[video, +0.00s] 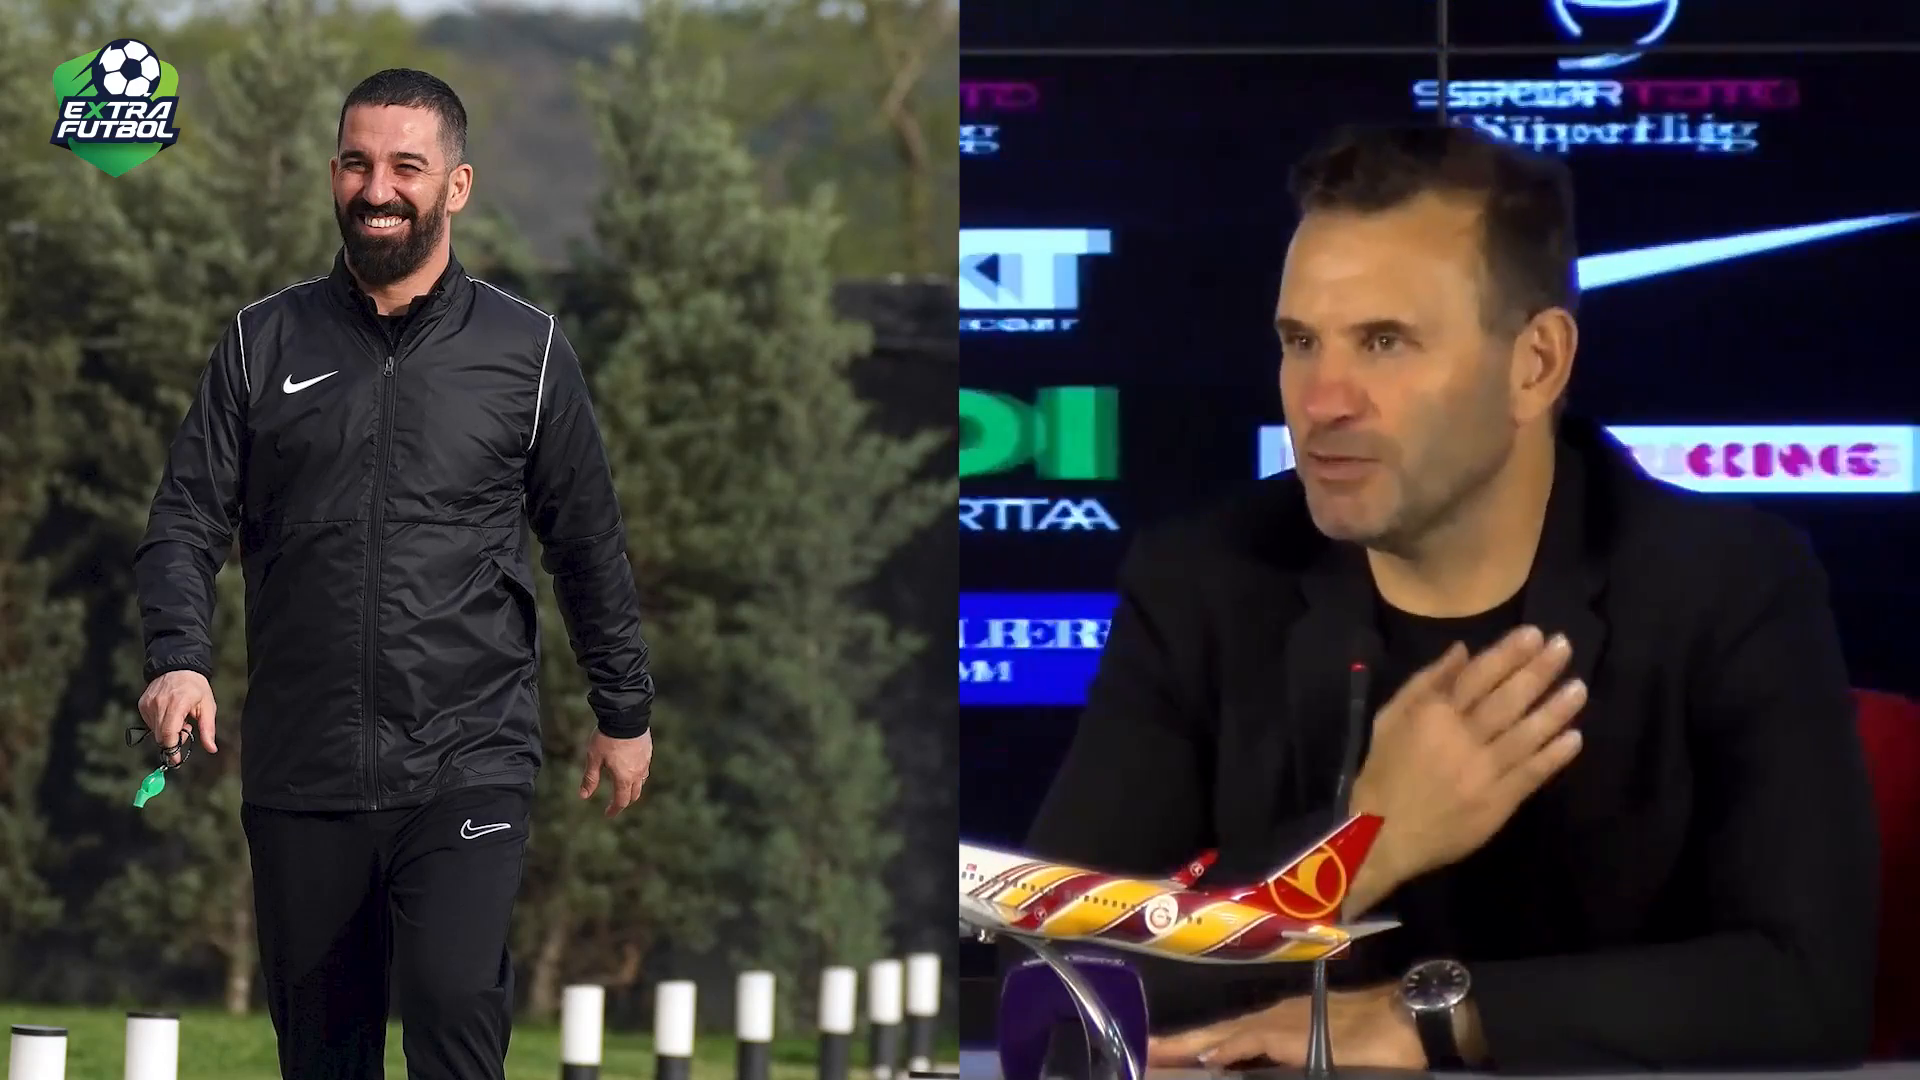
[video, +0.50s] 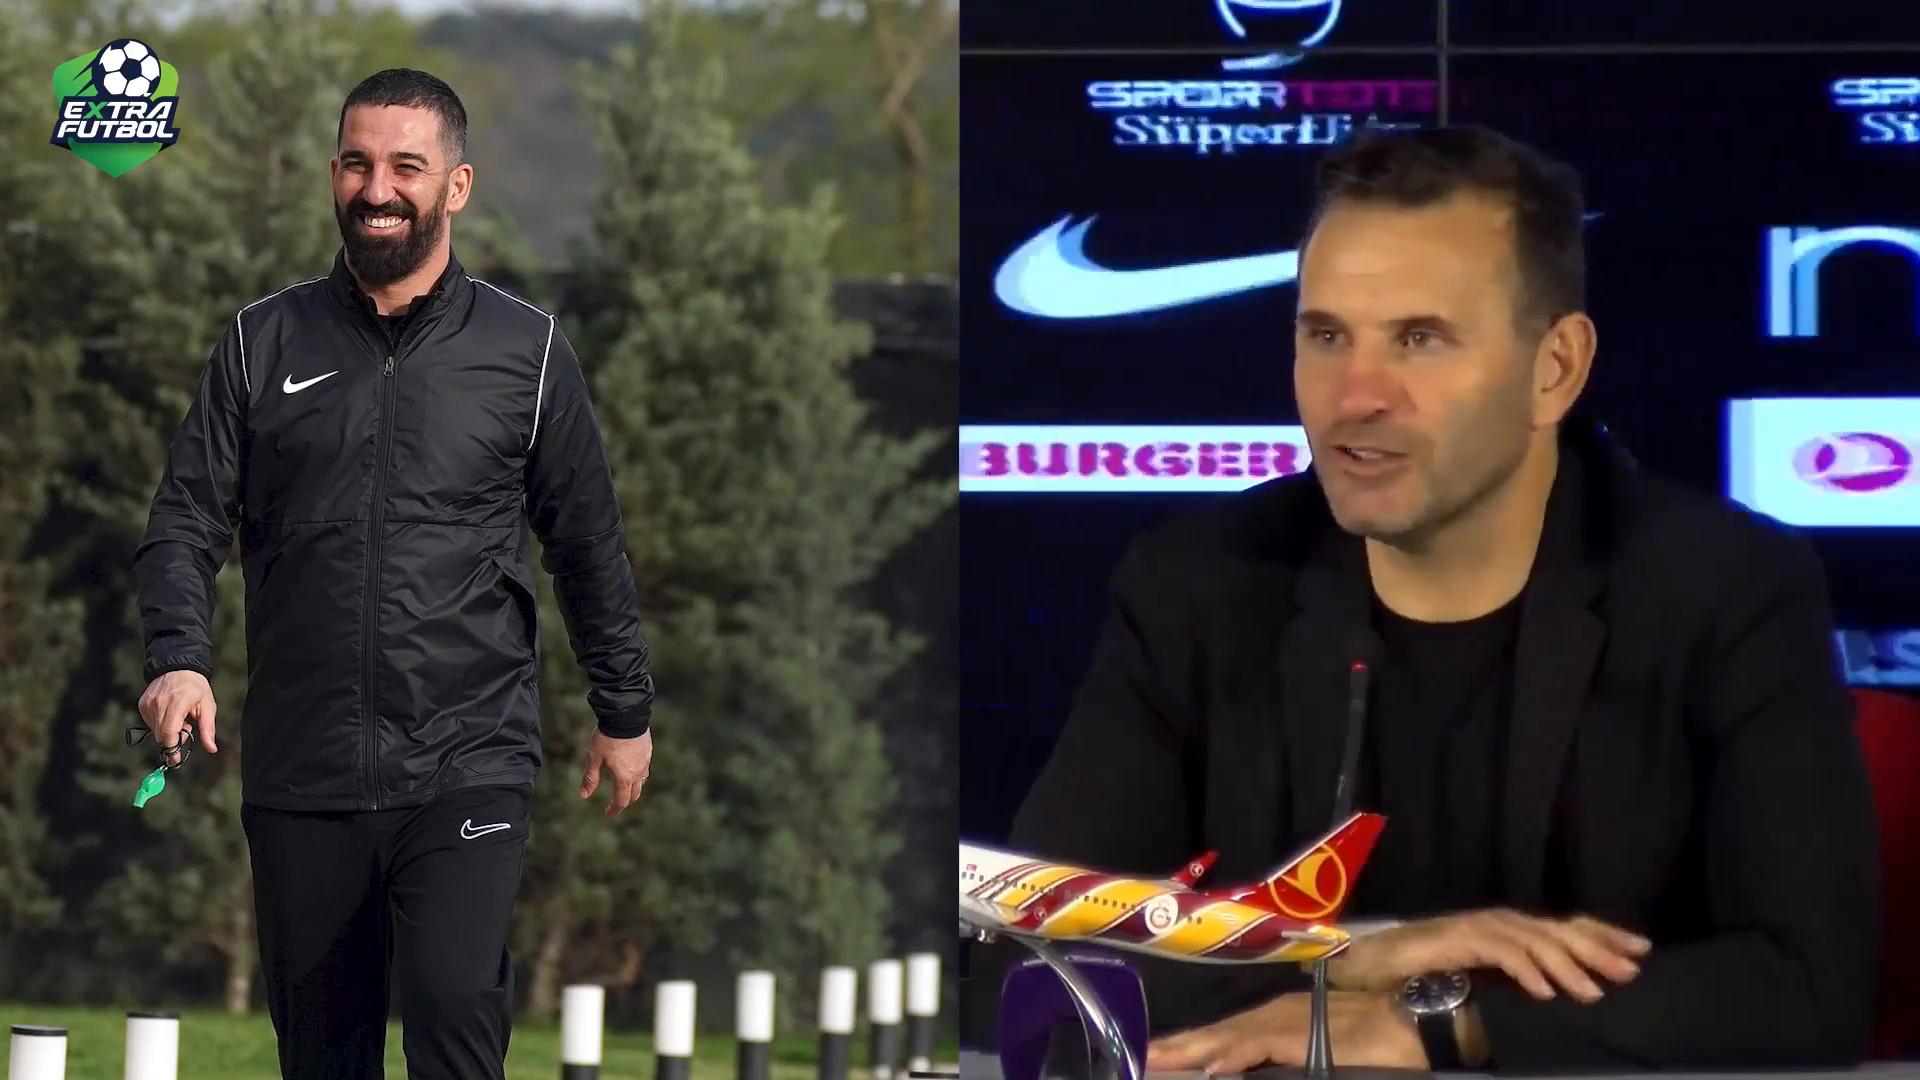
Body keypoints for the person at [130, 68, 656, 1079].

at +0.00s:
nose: (376, 187)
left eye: (405, 164)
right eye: (356, 162)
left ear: (458, 185)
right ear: (334, 176)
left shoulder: (529, 349)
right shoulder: (259, 343)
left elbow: (589, 540)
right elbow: (187, 513)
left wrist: (623, 708)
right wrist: (178, 658)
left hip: (472, 752)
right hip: (302, 755)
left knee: (455, 1018)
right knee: (320, 1042)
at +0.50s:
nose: (376, 187)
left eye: (405, 164)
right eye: (356, 162)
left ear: (458, 185)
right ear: (334, 176)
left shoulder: (529, 350)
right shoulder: (259, 343)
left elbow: (589, 541)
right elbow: (187, 513)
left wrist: (623, 708)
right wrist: (178, 658)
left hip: (472, 751)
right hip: (302, 753)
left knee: (455, 1017)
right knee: (319, 1039)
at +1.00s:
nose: (376, 187)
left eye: (405, 164)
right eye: (356, 162)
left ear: (458, 185)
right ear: (334, 176)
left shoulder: (529, 349)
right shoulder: (259, 342)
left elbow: (588, 540)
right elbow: (187, 513)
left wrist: (623, 709)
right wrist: (178, 658)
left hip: (471, 752)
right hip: (302, 755)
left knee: (455, 1019)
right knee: (320, 1042)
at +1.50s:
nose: (376, 187)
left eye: (405, 164)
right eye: (356, 162)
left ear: (458, 185)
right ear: (334, 176)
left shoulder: (529, 349)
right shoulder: (259, 343)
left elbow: (588, 540)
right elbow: (187, 513)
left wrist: (623, 709)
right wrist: (178, 658)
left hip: (472, 752)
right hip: (302, 755)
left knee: (455, 1018)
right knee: (320, 1042)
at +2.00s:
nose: (376, 187)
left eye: (405, 164)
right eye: (356, 162)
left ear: (458, 185)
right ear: (334, 176)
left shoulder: (529, 349)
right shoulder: (259, 343)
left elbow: (588, 541)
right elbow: (187, 513)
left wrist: (623, 709)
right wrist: (178, 658)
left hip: (472, 752)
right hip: (302, 755)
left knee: (455, 1018)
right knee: (320, 1042)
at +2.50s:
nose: (376, 187)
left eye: (405, 164)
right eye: (356, 162)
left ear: (458, 185)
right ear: (334, 176)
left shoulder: (529, 349)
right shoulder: (259, 343)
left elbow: (588, 541)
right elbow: (187, 513)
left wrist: (623, 709)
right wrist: (178, 658)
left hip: (472, 752)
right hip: (302, 755)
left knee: (455, 1018)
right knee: (320, 1042)